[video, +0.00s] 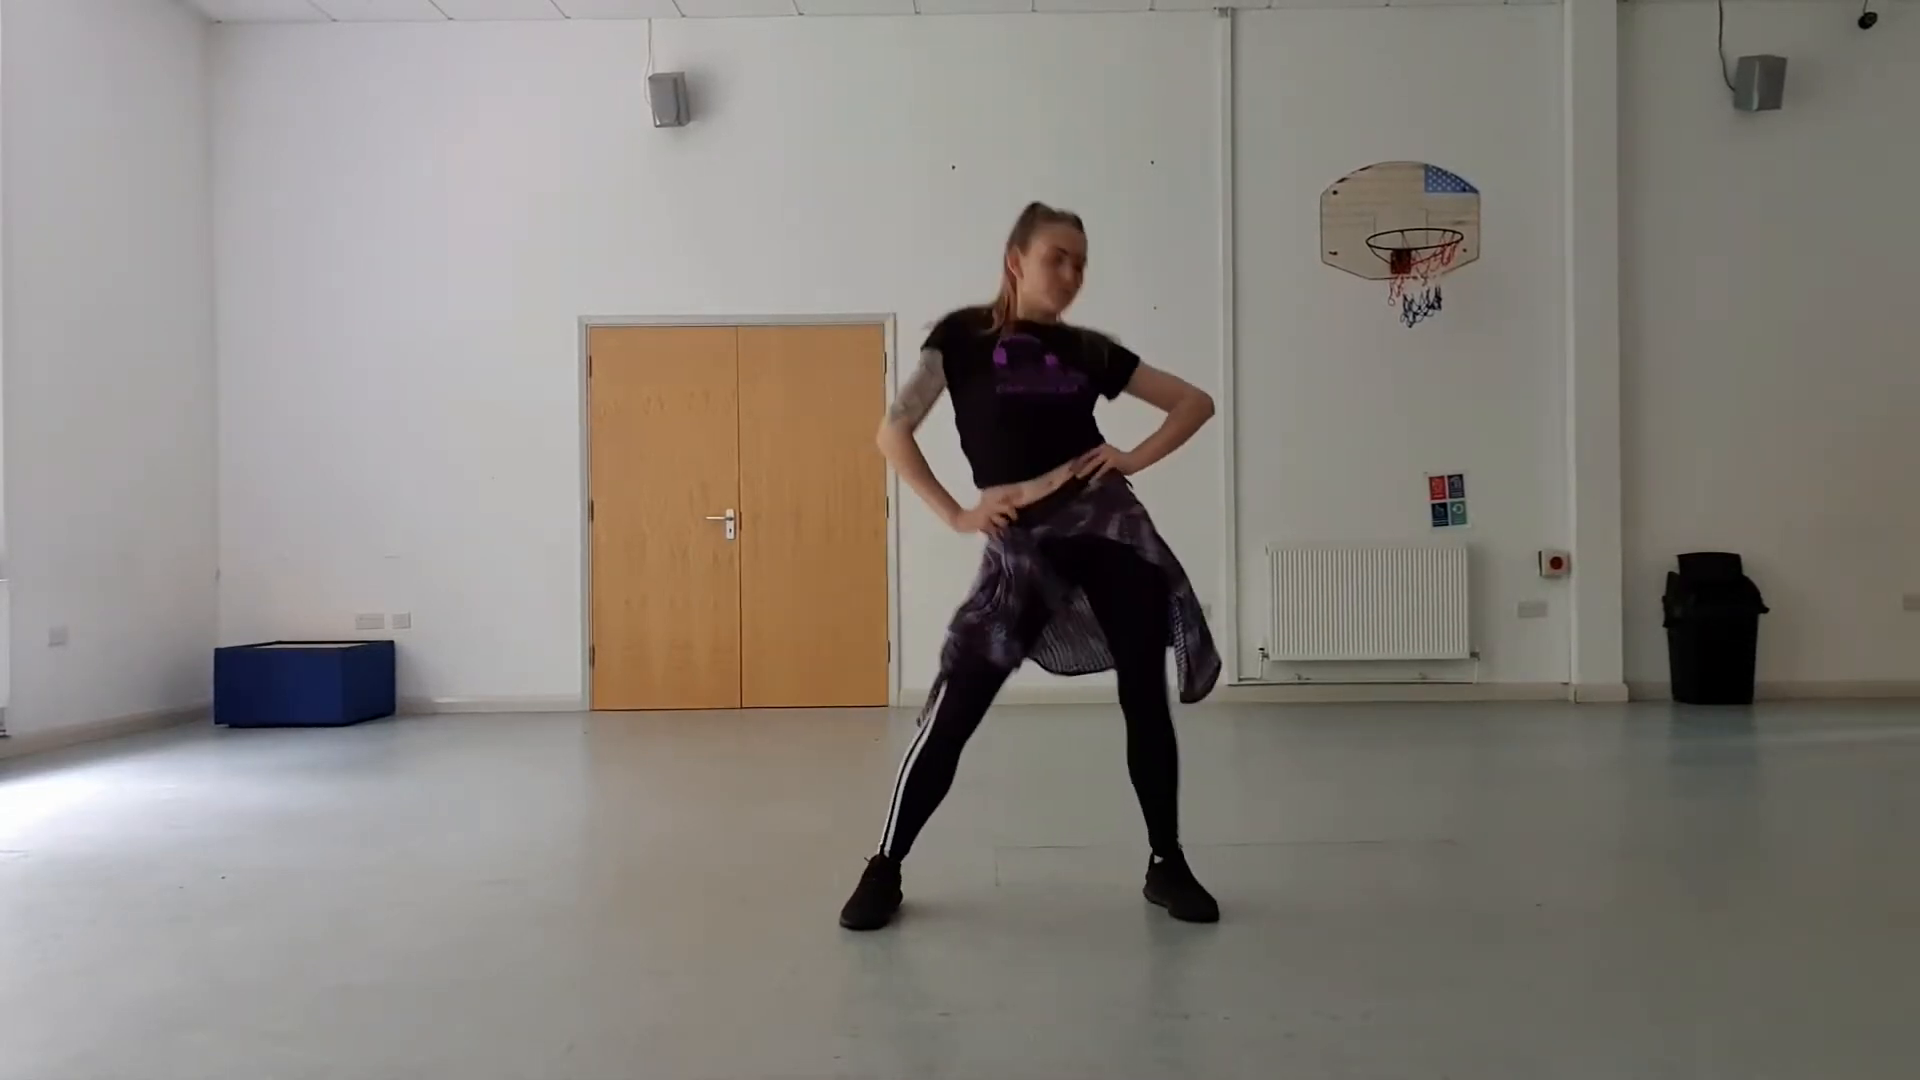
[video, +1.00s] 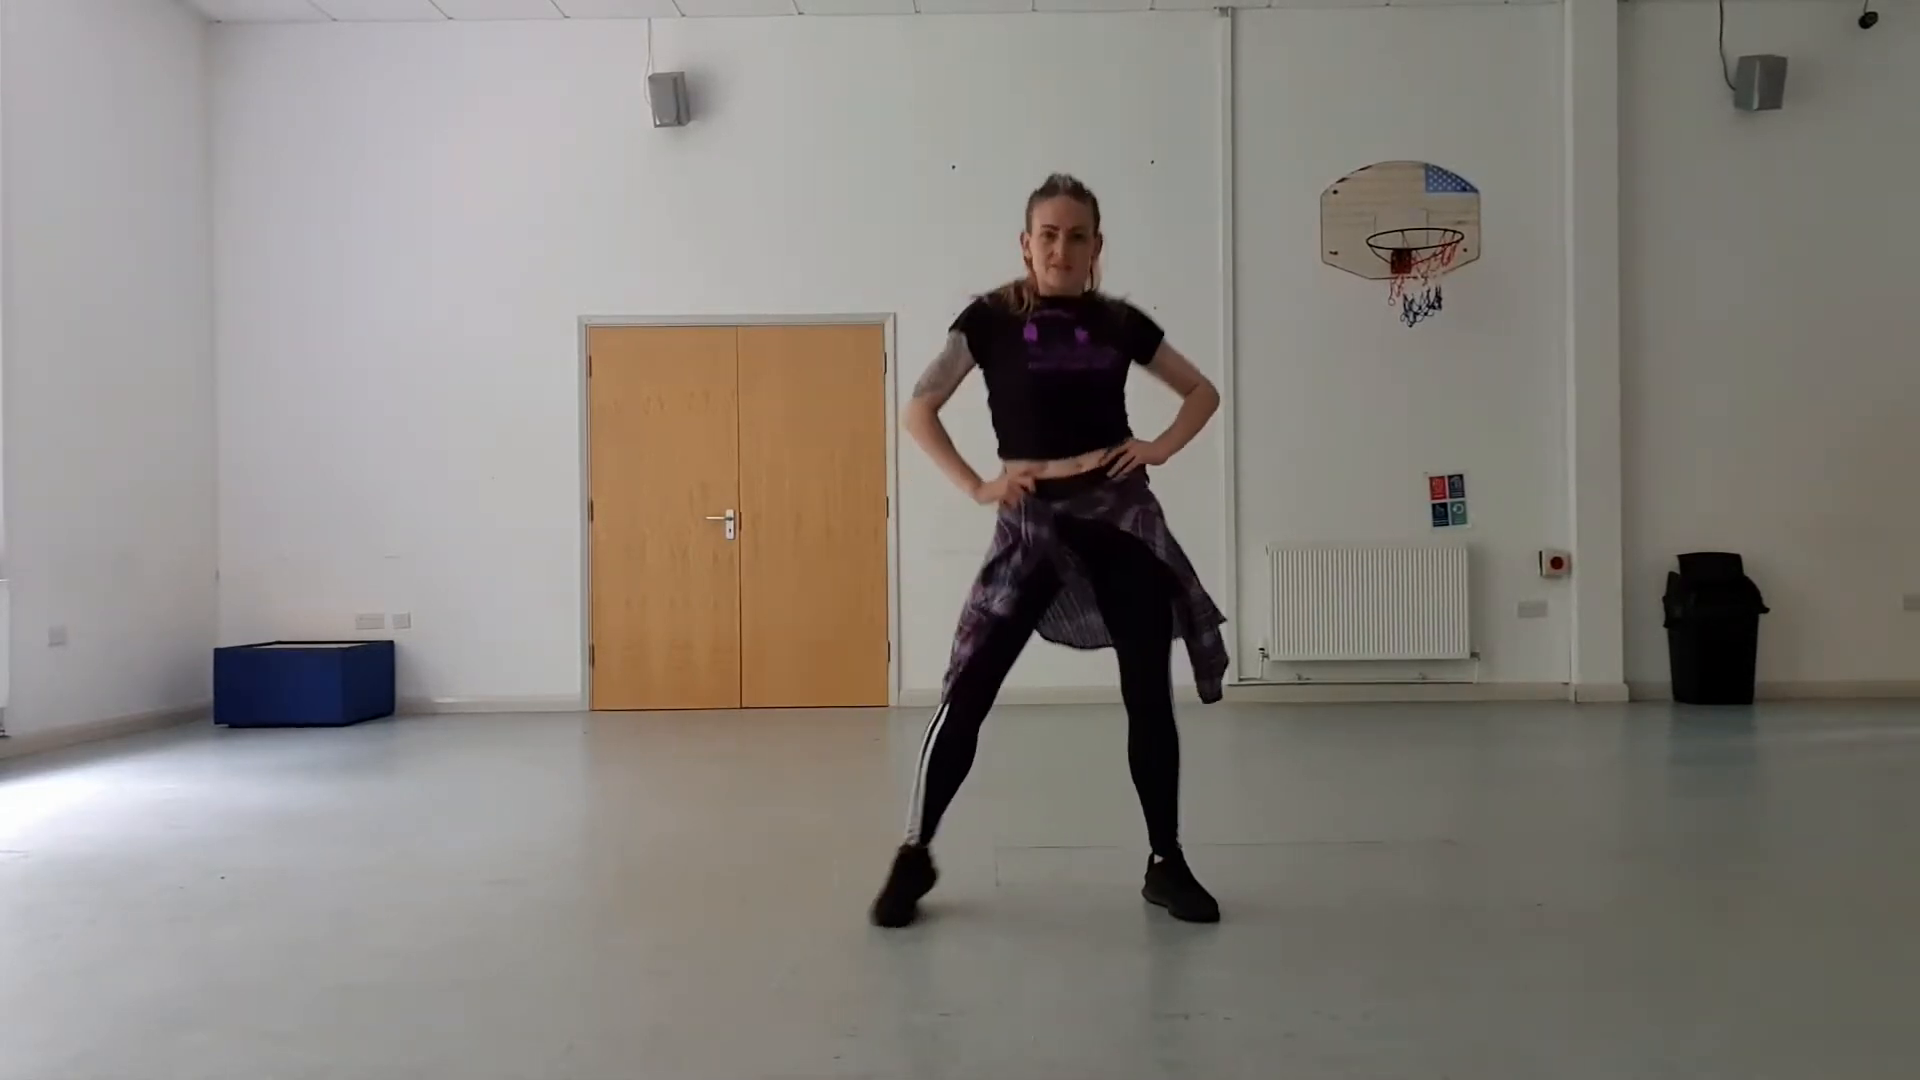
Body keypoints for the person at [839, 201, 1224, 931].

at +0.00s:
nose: (1071, 275)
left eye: (1079, 265)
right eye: (1059, 259)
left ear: (1082, 275)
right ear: (1015, 260)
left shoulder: (1084, 350)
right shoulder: (961, 338)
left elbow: (1194, 404)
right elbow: (894, 431)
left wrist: (1135, 459)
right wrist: (955, 516)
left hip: (1108, 534)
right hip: (1022, 545)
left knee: (1145, 696)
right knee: (955, 708)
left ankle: (1167, 862)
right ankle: (883, 867)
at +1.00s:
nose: (1062, 248)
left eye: (1077, 236)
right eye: (1049, 235)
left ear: (1096, 246)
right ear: (1026, 241)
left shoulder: (1119, 323)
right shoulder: (989, 322)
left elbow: (1204, 394)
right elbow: (919, 411)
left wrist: (1161, 446)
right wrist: (975, 486)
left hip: (1120, 520)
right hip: (1033, 523)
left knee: (1149, 692)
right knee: (969, 689)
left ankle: (1166, 861)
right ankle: (915, 855)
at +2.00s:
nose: (1087, 259)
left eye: (1105, 245)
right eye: (1077, 247)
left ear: (1146, 254)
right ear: (1073, 259)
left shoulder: (1155, 313)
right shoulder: (1114, 341)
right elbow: (1128, 476)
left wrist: (1030, 296)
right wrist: (1029, 530)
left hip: (1179, 532)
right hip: (1122, 533)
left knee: (1186, 734)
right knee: (986, 664)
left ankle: (1260, 893)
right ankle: (1015, 837)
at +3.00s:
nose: (1084, 223)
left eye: (1098, 207)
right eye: (1062, 207)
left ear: (1114, 215)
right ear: (1030, 217)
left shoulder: (1077, 307)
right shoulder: (1009, 291)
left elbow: (1061, 442)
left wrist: (1107, 525)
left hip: (1071, 538)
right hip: (1005, 539)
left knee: (1225, 669)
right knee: (1026, 765)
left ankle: (1177, 874)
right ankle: (921, 933)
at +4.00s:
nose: (1074, 283)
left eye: (1089, 270)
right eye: (1059, 270)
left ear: (1109, 281)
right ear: (1034, 282)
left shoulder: (1126, 350)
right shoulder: (1008, 340)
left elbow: (1164, 358)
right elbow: (964, 326)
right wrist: (917, 291)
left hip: (1122, 552)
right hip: (1031, 554)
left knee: (1130, 731)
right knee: (1001, 694)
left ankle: (1121, 883)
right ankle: (968, 848)